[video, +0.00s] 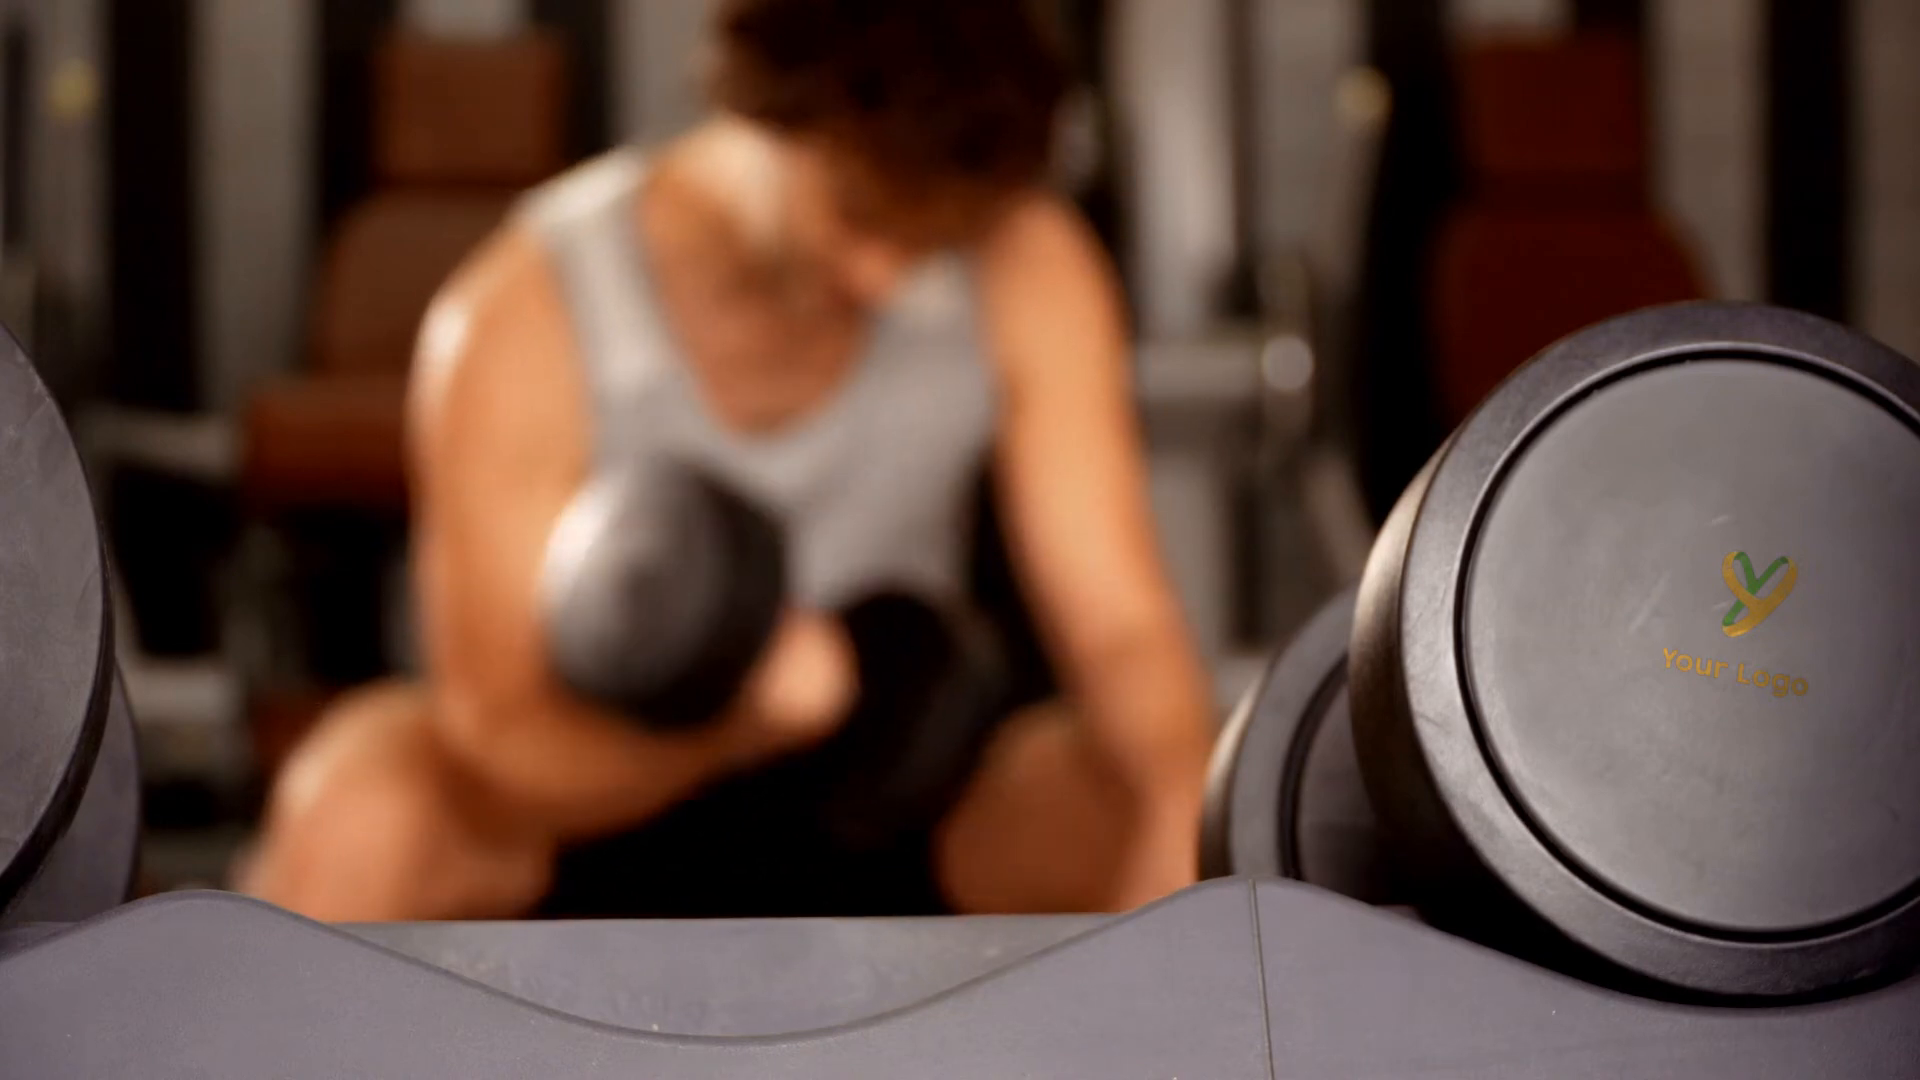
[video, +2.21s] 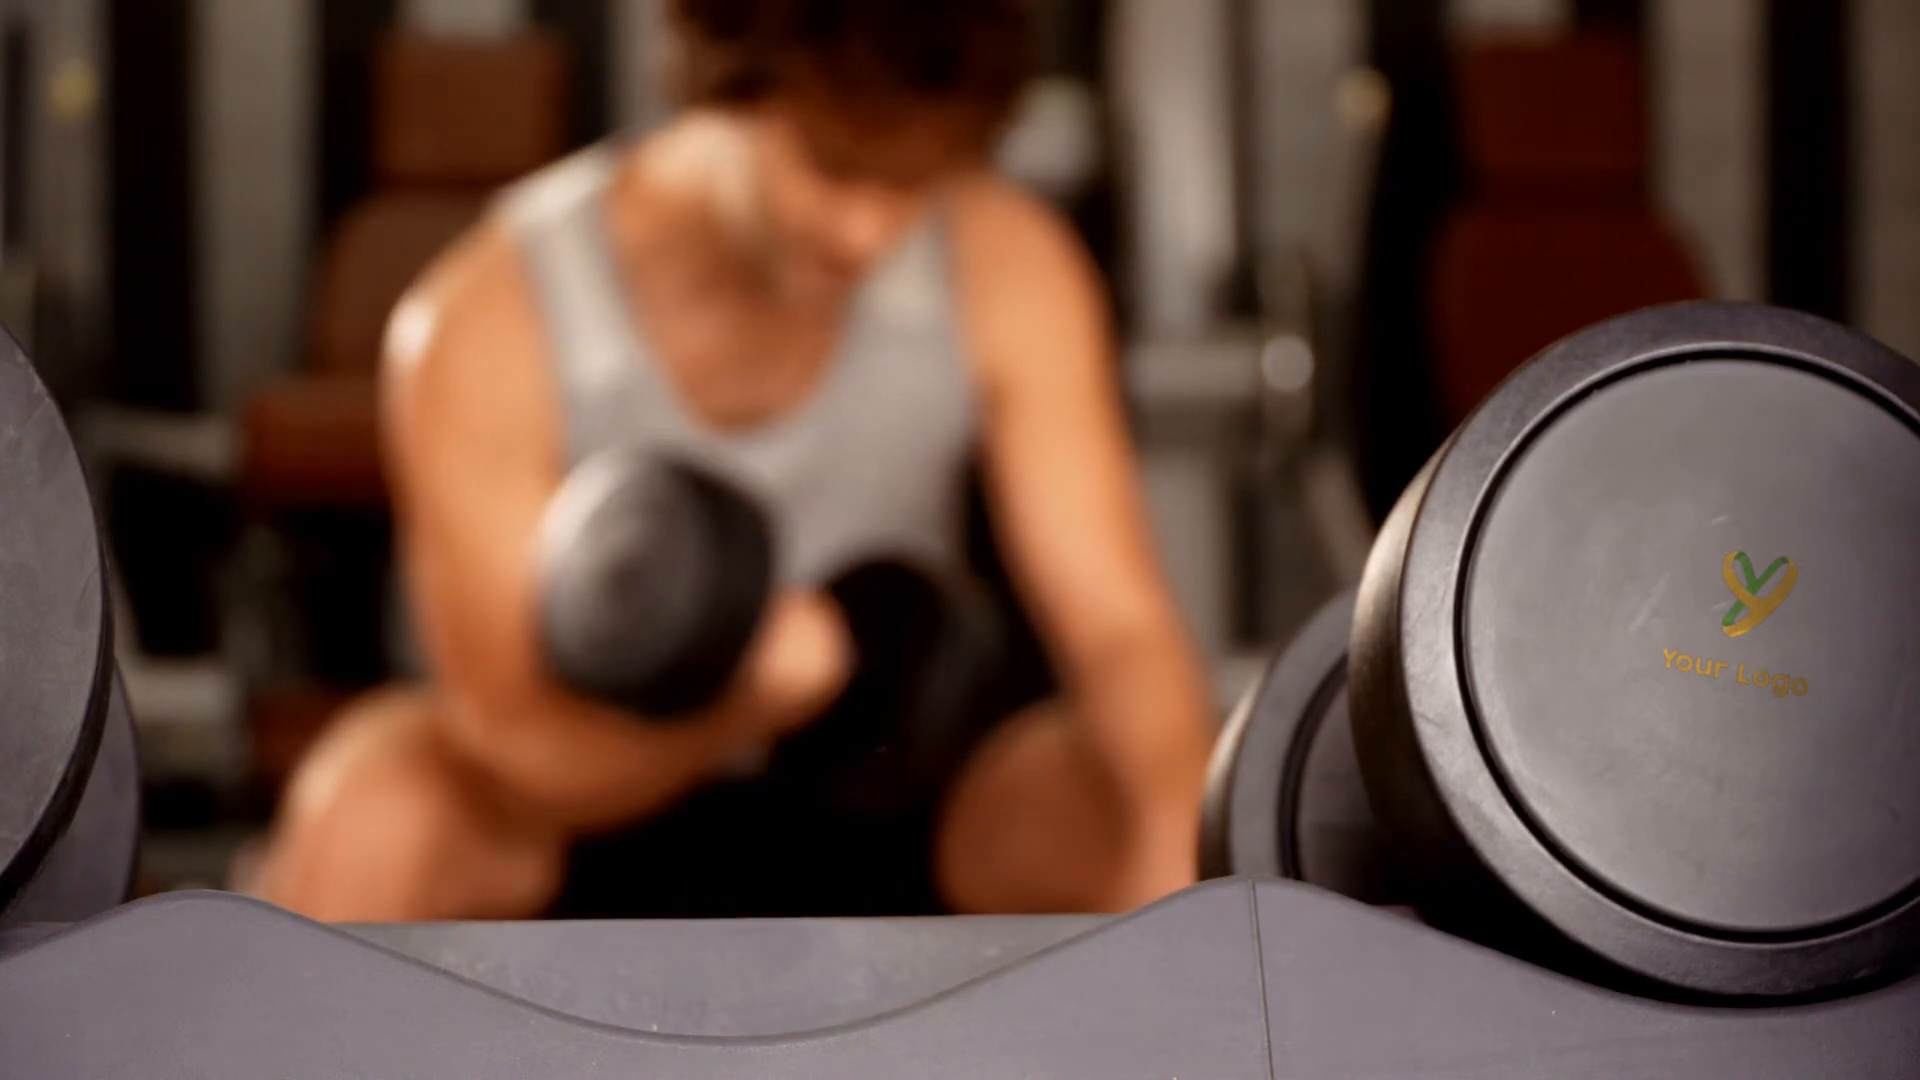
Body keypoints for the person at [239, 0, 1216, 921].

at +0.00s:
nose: (884, 277)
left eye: (930, 239)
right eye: (859, 223)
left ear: (984, 185)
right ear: (772, 128)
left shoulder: (1019, 259)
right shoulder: (518, 316)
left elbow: (1122, 629)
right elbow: (511, 752)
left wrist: (1183, 834)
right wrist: (751, 718)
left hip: (888, 783)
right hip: (593, 798)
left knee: (1184, 807)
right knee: (358, 797)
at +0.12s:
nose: (893, 271)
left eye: (944, 232)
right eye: (867, 214)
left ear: (1003, 179)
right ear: (785, 116)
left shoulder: (1034, 256)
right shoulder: (546, 313)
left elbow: (1125, 636)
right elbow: (514, 735)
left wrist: (1195, 807)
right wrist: (846, 823)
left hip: (901, 796)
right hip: (611, 796)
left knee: (1193, 800)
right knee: (360, 786)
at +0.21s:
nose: (905, 272)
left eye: (955, 233)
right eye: (879, 215)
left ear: (1010, 180)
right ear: (799, 119)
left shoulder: (1042, 255)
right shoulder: (562, 313)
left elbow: (1126, 631)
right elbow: (514, 764)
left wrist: (1201, 806)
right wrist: (734, 897)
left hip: (907, 770)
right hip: (625, 782)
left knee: (1199, 815)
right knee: (358, 797)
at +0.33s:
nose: (916, 282)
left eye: (970, 240)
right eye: (889, 220)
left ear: (1024, 192)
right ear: (805, 120)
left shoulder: (1052, 262)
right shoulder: (584, 314)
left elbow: (1133, 641)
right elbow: (519, 791)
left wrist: (1207, 826)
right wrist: (678, 1040)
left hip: (901, 778)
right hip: (624, 789)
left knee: (1192, 815)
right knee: (363, 798)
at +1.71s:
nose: (912, 238)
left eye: (961, 192)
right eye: (879, 175)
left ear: (1013, 159)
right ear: (778, 82)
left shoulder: (1044, 256)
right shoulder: (578, 307)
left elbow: (1133, 637)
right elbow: (508, 744)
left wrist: (1182, 851)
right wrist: (721, 897)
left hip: (902, 785)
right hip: (626, 794)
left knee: (1197, 790)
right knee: (369, 793)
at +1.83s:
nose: (908, 231)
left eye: (957, 183)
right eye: (875, 168)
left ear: (1010, 150)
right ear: (777, 76)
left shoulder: (1038, 257)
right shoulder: (556, 309)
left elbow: (1134, 640)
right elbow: (519, 737)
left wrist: (1185, 835)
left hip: (899, 802)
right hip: (619, 800)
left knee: (1193, 787)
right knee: (373, 789)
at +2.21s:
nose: (869, 230)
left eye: (914, 181)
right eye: (834, 169)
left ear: (965, 142)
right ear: (735, 90)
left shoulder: (1001, 257)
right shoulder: (483, 319)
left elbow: (1120, 632)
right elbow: (523, 750)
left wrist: (1180, 884)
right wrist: (745, 704)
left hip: (898, 785)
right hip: (601, 795)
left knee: (1169, 807)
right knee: (371, 805)